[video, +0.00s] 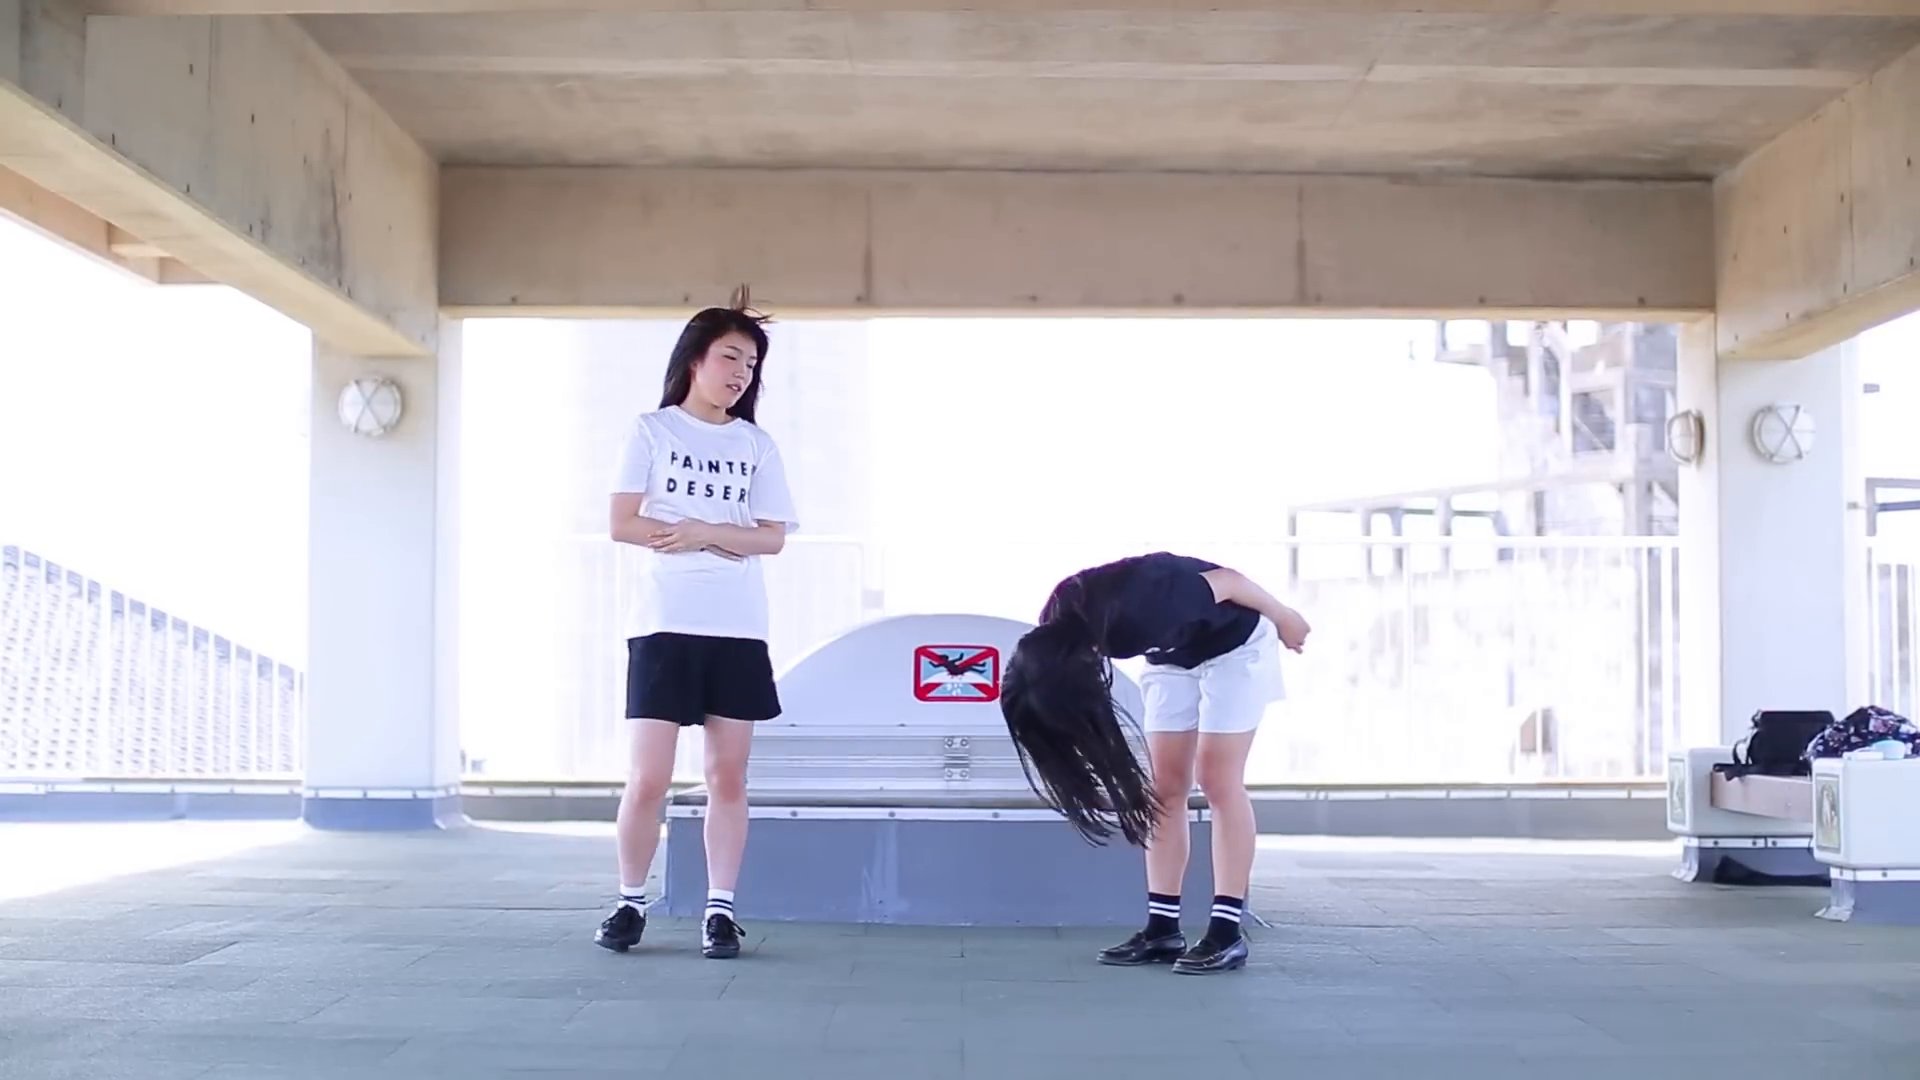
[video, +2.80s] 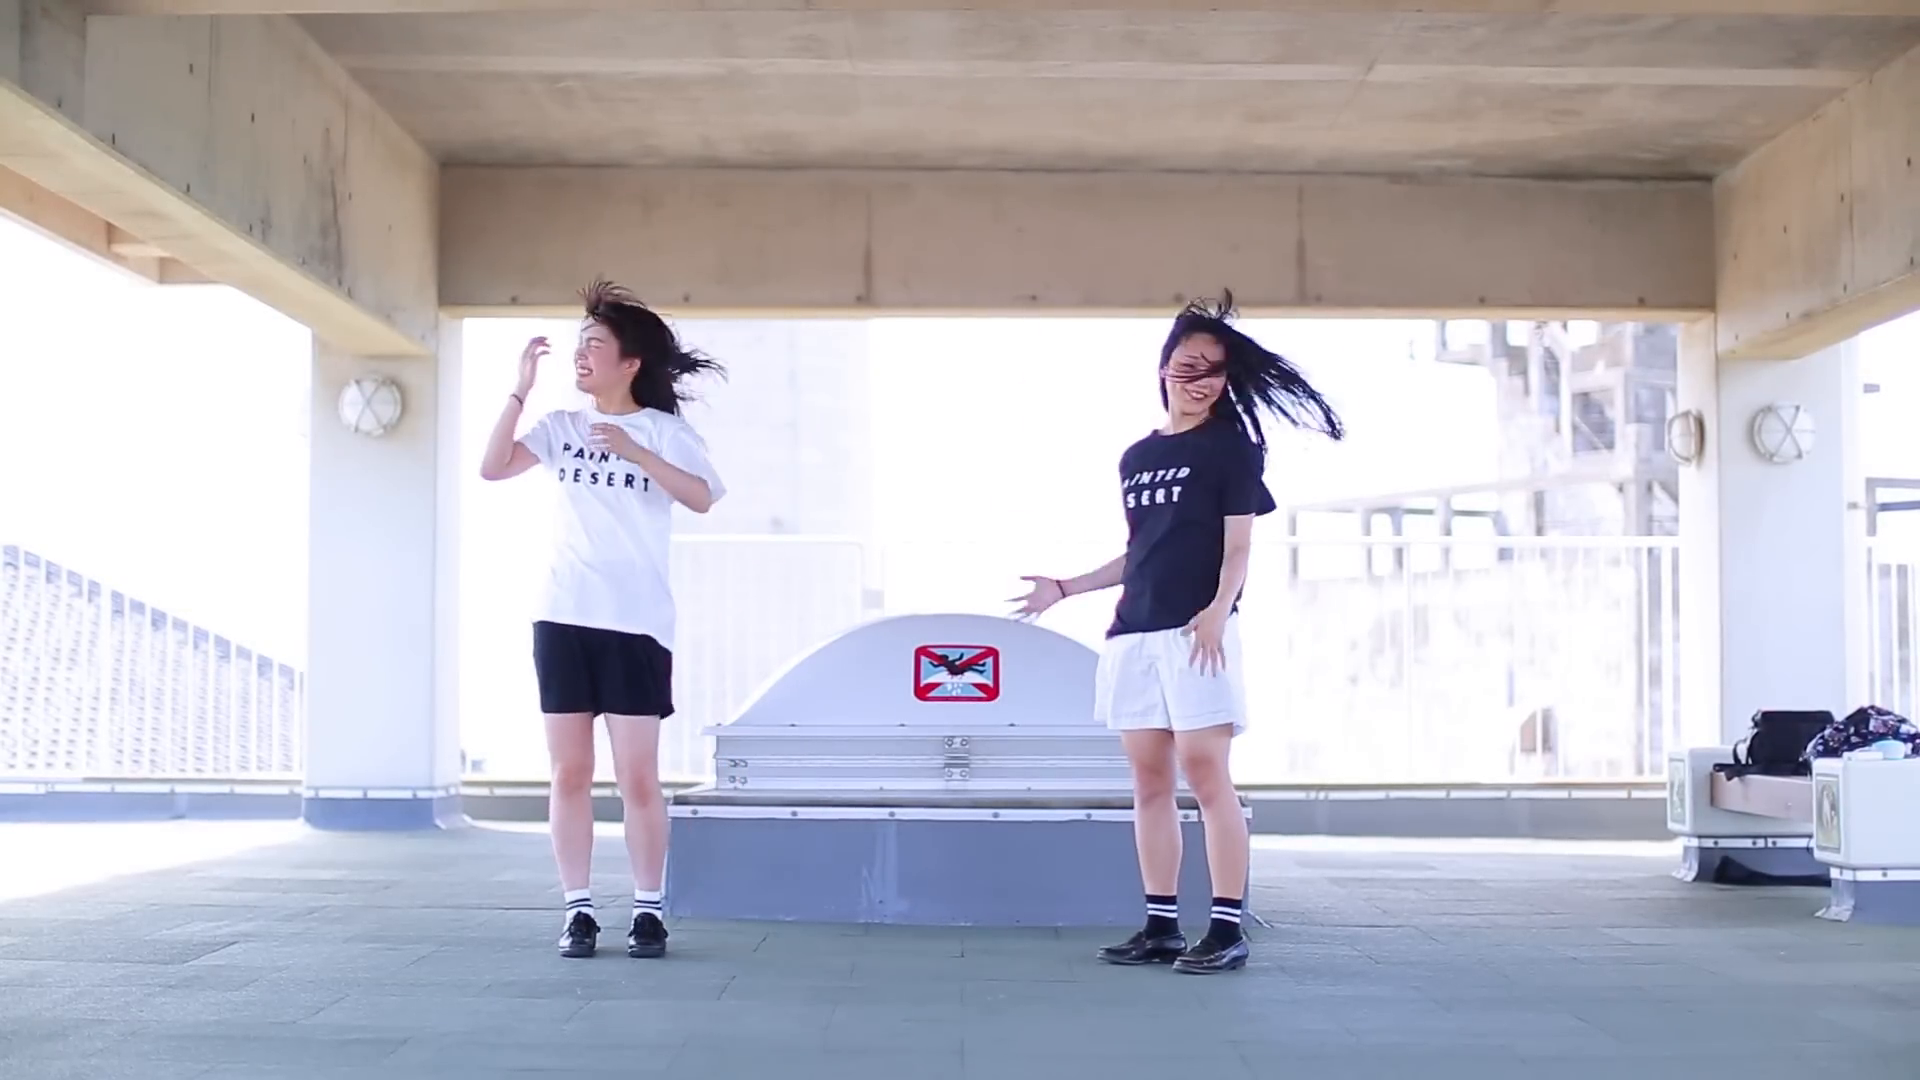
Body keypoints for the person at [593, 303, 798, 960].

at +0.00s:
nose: (737, 372)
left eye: (748, 364)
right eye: (727, 357)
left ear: (754, 375)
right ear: (692, 357)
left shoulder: (758, 444)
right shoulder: (651, 429)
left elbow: (773, 539)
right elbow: (622, 525)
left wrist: (698, 532)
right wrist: (721, 534)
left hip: (739, 630)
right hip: (664, 626)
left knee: (728, 777)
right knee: (650, 780)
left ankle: (720, 911)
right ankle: (631, 902)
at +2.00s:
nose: (726, 363)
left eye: (735, 353)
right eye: (712, 351)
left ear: (746, 361)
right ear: (682, 355)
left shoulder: (753, 441)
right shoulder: (646, 424)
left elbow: (763, 538)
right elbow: (601, 512)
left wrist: (704, 573)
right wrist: (676, 510)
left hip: (712, 630)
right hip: (636, 621)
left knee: (716, 778)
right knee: (609, 774)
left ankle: (719, 911)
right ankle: (583, 908)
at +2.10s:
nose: (699, 359)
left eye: (710, 349)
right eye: (686, 348)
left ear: (723, 357)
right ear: (658, 355)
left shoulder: (738, 438)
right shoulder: (630, 422)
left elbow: (749, 538)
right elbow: (580, 500)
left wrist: (713, 601)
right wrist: (640, 453)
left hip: (700, 626)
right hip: (624, 619)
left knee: (709, 779)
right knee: (602, 775)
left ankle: (718, 912)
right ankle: (582, 910)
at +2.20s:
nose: (671, 358)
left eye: (682, 347)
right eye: (656, 348)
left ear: (700, 356)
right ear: (632, 358)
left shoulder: (724, 438)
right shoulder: (616, 422)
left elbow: (742, 533)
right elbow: (561, 471)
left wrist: (728, 617)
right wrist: (610, 395)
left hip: (688, 630)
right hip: (609, 621)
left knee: (701, 780)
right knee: (594, 774)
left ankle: (718, 910)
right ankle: (581, 909)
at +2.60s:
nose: (598, 361)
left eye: (615, 350)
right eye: (592, 350)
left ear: (644, 364)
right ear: (583, 360)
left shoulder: (667, 434)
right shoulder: (563, 425)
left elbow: (707, 516)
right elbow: (486, 440)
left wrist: (681, 564)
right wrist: (538, 381)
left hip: (640, 622)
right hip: (565, 619)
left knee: (657, 780)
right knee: (570, 774)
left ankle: (672, 905)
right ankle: (579, 909)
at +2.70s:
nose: (579, 350)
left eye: (595, 341)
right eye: (580, 340)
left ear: (632, 363)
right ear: (581, 358)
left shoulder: (666, 430)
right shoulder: (564, 423)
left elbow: (705, 515)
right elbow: (488, 456)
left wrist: (661, 511)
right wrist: (519, 389)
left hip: (639, 621)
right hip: (564, 617)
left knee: (639, 780)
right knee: (570, 774)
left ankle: (645, 909)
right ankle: (578, 910)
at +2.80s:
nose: (579, 355)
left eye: (594, 346)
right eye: (580, 344)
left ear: (632, 363)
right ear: (585, 357)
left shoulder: (667, 430)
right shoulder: (563, 425)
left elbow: (702, 497)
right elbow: (494, 467)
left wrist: (635, 453)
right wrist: (521, 393)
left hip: (637, 621)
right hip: (564, 618)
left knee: (637, 780)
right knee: (571, 774)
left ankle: (648, 907)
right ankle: (577, 910)